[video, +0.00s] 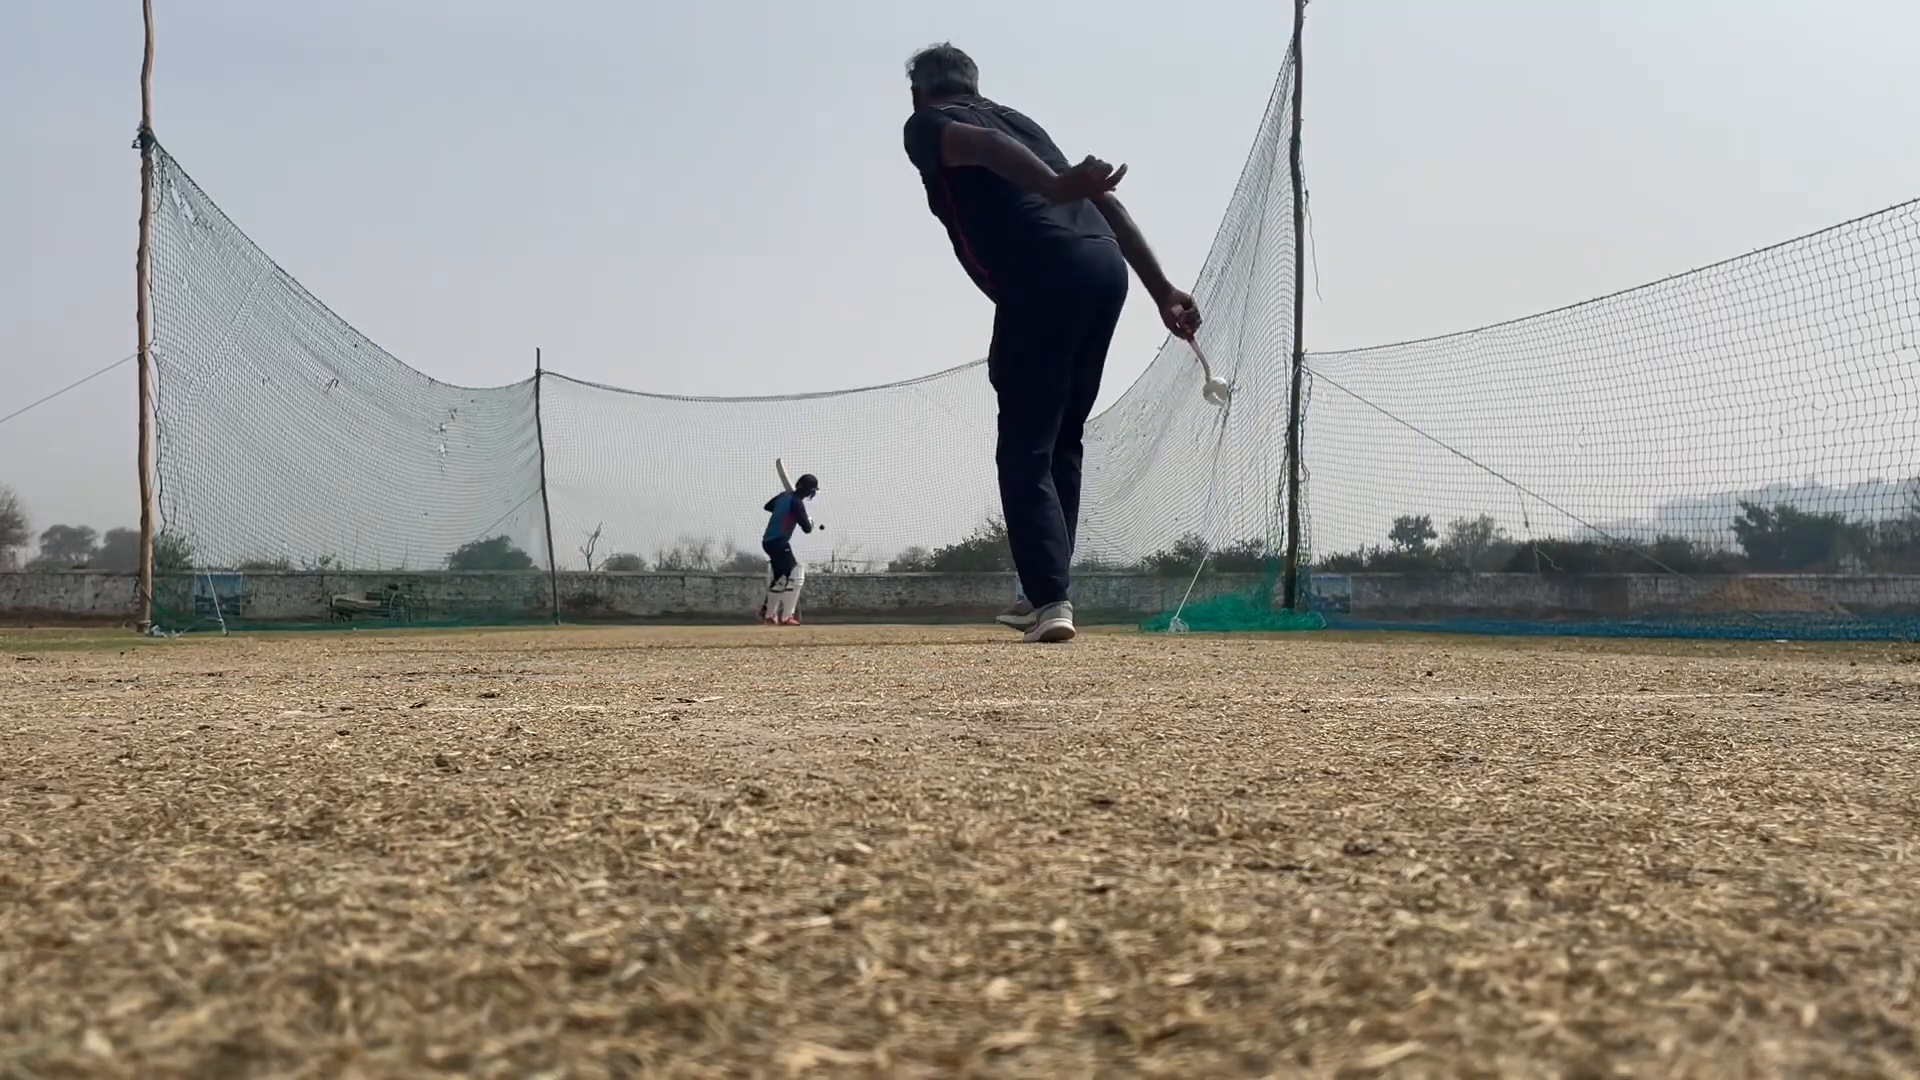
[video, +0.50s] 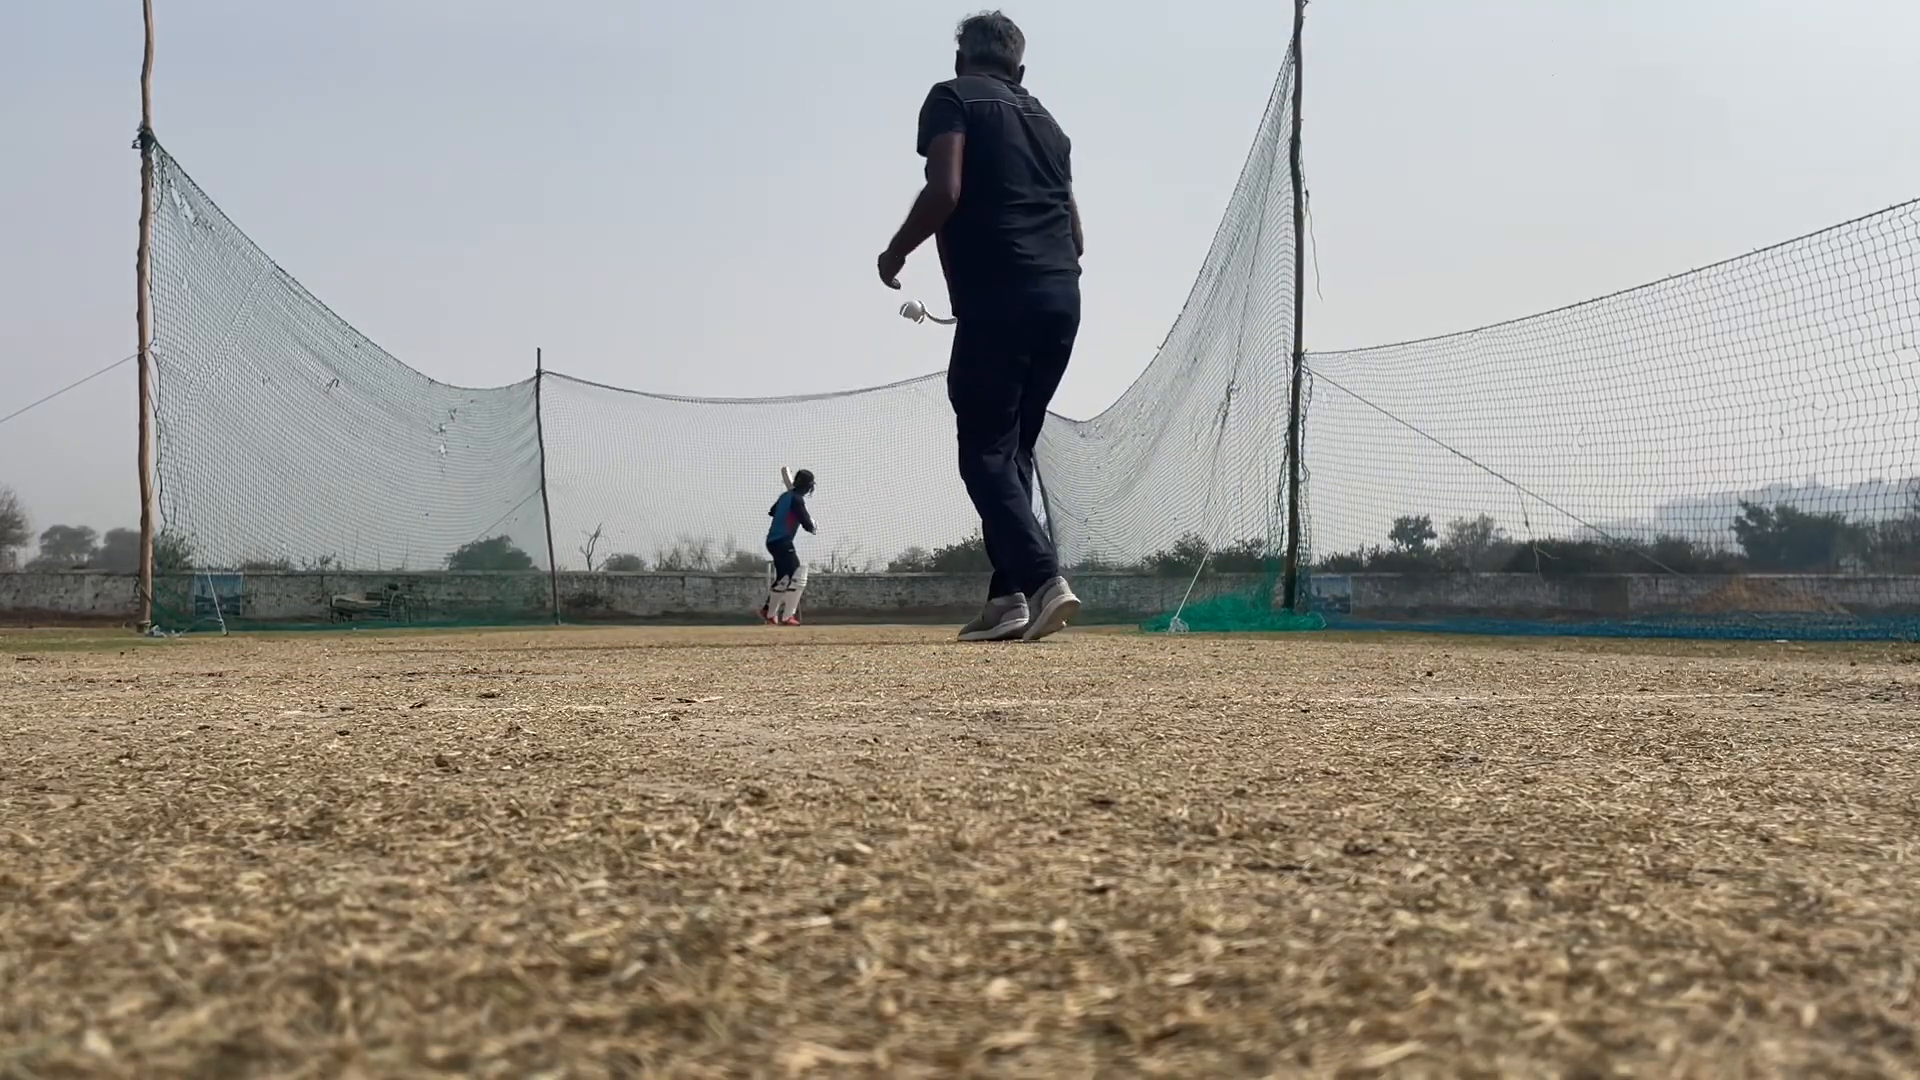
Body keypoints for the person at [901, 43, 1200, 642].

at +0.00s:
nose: (916, 102)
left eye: (915, 94)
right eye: (918, 94)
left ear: (919, 91)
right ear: (974, 86)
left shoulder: (925, 123)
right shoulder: (1022, 124)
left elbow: (986, 146)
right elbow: (1104, 202)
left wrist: (1056, 185)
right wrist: (1162, 288)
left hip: (1042, 275)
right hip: (1105, 270)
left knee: (1024, 447)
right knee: (1064, 440)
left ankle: (1050, 603)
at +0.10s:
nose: (923, 92)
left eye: (923, 82)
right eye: (926, 83)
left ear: (929, 78)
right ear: (982, 79)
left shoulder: (931, 109)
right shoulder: (1026, 124)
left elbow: (983, 134)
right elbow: (1097, 220)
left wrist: (1035, 185)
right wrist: (1142, 309)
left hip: (1031, 281)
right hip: (1092, 280)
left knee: (1015, 450)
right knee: (1042, 449)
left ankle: (1051, 600)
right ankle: (1013, 595)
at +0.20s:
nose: (933, 82)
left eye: (934, 73)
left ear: (939, 71)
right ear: (994, 75)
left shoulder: (945, 101)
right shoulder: (1029, 127)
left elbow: (983, 158)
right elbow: (1079, 231)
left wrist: (995, 244)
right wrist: (1099, 331)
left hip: (1022, 290)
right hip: (1079, 289)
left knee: (1006, 453)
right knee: (1022, 451)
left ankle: (1049, 598)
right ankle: (1008, 599)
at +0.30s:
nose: (940, 79)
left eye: (942, 70)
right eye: (945, 70)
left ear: (948, 67)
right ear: (1004, 74)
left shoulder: (950, 99)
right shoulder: (1029, 121)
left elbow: (972, 181)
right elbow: (1045, 207)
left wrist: (932, 285)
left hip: (1013, 291)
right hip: (1068, 290)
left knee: (997, 452)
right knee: (1015, 450)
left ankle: (1047, 593)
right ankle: (1009, 599)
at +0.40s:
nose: (947, 76)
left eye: (949, 67)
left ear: (954, 64)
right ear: (1010, 70)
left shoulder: (953, 99)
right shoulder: (1040, 125)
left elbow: (954, 192)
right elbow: (1044, 215)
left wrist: (897, 275)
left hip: (1005, 298)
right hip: (1064, 296)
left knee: (987, 455)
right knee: (1009, 453)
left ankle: (1048, 589)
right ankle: (1006, 600)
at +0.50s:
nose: (956, 66)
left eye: (958, 57)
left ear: (961, 56)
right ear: (1018, 64)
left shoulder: (954, 96)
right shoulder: (1049, 125)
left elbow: (943, 189)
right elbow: (1074, 239)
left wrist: (897, 248)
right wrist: (1005, 259)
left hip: (997, 299)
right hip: (1059, 300)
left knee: (983, 450)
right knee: (1015, 448)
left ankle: (1044, 584)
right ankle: (1007, 597)